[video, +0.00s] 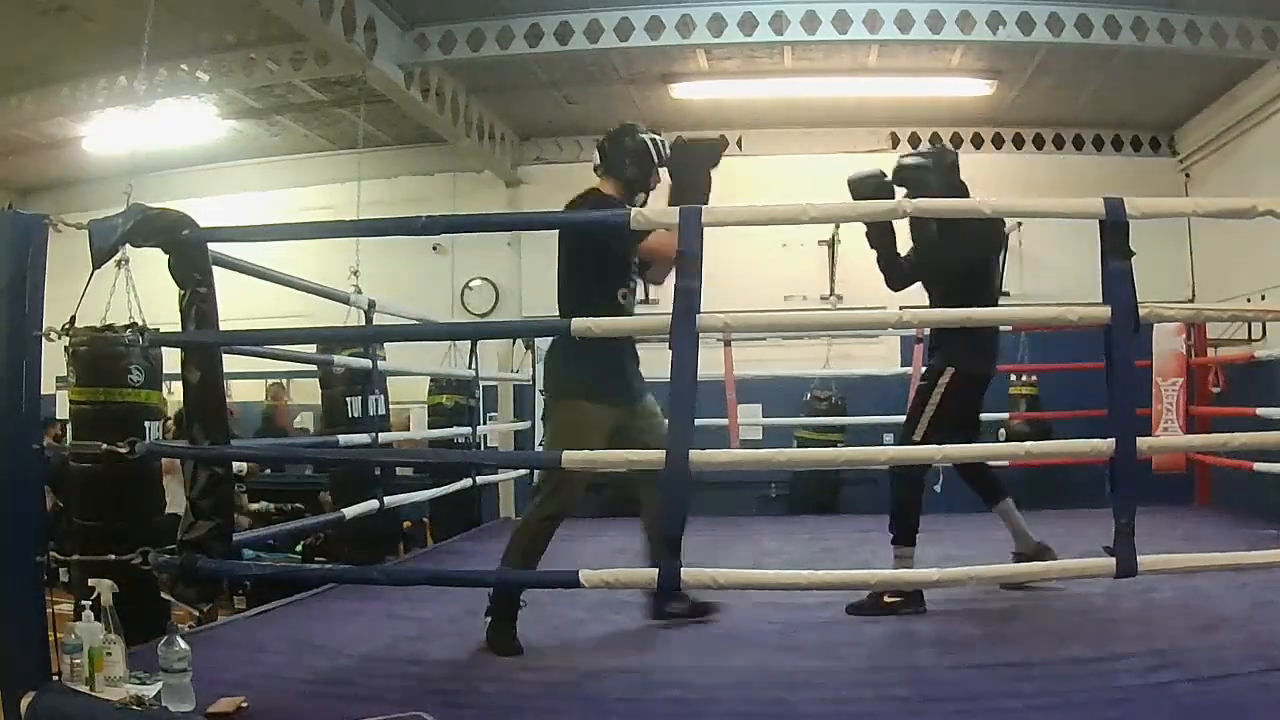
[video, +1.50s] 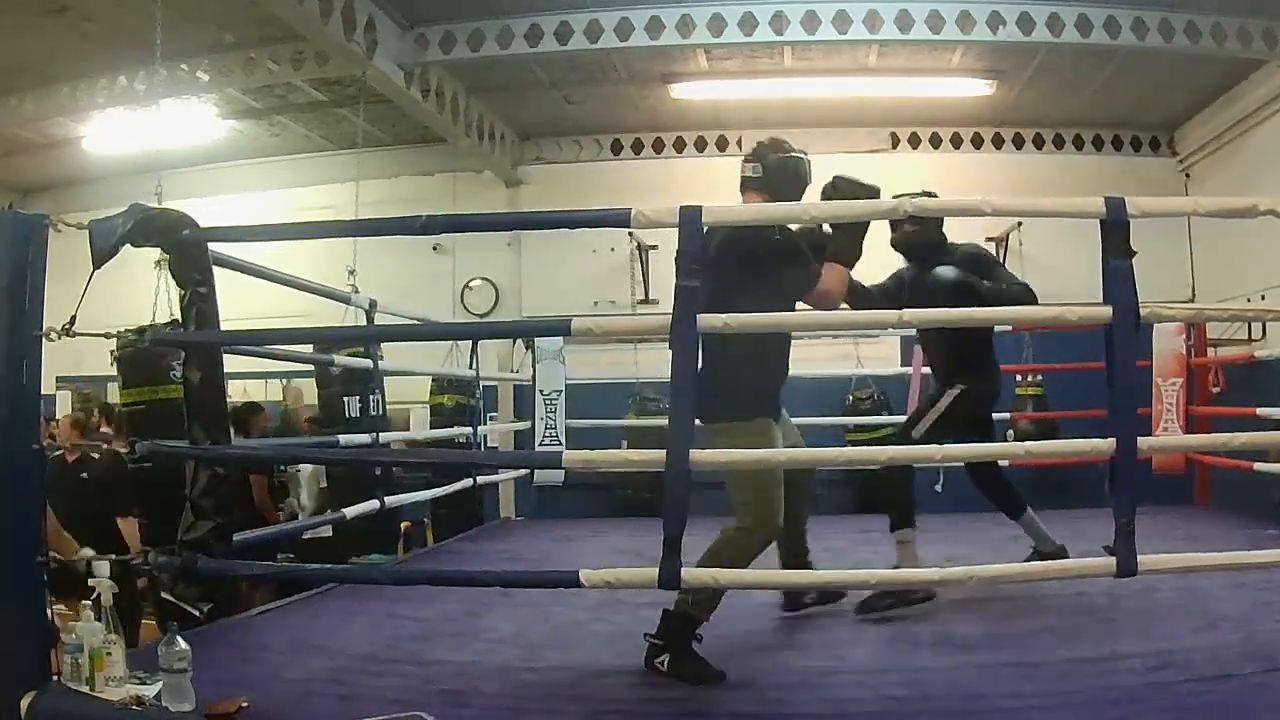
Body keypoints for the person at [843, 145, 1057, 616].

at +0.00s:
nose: (907, 202)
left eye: (912, 193)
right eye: (905, 194)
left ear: (936, 189)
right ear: (949, 186)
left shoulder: (959, 229)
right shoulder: (972, 225)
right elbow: (900, 277)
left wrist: (880, 225)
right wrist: (885, 226)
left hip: (955, 357)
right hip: (968, 356)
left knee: (906, 458)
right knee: (963, 454)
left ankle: (902, 581)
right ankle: (1028, 545)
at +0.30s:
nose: (873, 208)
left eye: (877, 199)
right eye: (871, 200)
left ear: (900, 195)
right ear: (904, 194)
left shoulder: (944, 226)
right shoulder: (909, 235)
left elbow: (935, 290)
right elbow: (884, 297)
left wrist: (873, 251)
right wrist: (855, 245)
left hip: (943, 361)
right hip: (930, 360)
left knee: (884, 460)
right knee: (926, 456)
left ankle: (902, 580)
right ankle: (972, 546)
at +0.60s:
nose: (867, 182)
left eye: (872, 171)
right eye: (864, 173)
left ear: (897, 164)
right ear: (883, 168)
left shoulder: (934, 198)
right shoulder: (894, 208)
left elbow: (972, 263)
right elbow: (884, 275)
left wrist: (914, 288)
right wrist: (848, 234)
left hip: (914, 330)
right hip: (898, 329)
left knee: (879, 439)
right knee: (916, 434)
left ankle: (890, 564)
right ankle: (951, 537)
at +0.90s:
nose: (855, 211)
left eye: (861, 202)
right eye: (854, 203)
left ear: (884, 197)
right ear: (883, 199)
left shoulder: (926, 230)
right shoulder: (885, 238)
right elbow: (853, 297)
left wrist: (876, 242)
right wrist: (830, 249)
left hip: (931, 356)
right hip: (910, 356)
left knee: (883, 451)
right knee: (880, 445)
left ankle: (893, 583)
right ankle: (929, 537)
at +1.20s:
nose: (877, 215)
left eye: (882, 206)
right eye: (873, 207)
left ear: (906, 201)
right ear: (879, 206)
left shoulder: (945, 230)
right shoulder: (891, 243)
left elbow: (971, 291)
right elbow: (869, 300)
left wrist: (921, 245)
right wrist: (848, 251)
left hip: (948, 356)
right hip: (920, 358)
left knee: (912, 450)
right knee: (926, 450)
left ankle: (911, 577)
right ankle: (952, 545)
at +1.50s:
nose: (898, 230)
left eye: (907, 222)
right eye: (895, 224)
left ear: (932, 225)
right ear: (896, 231)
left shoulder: (968, 257)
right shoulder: (906, 278)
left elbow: (1026, 298)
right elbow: (868, 300)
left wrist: (970, 285)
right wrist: (836, 274)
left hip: (974, 382)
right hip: (952, 384)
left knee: (897, 457)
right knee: (984, 474)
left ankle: (907, 573)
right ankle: (1048, 545)